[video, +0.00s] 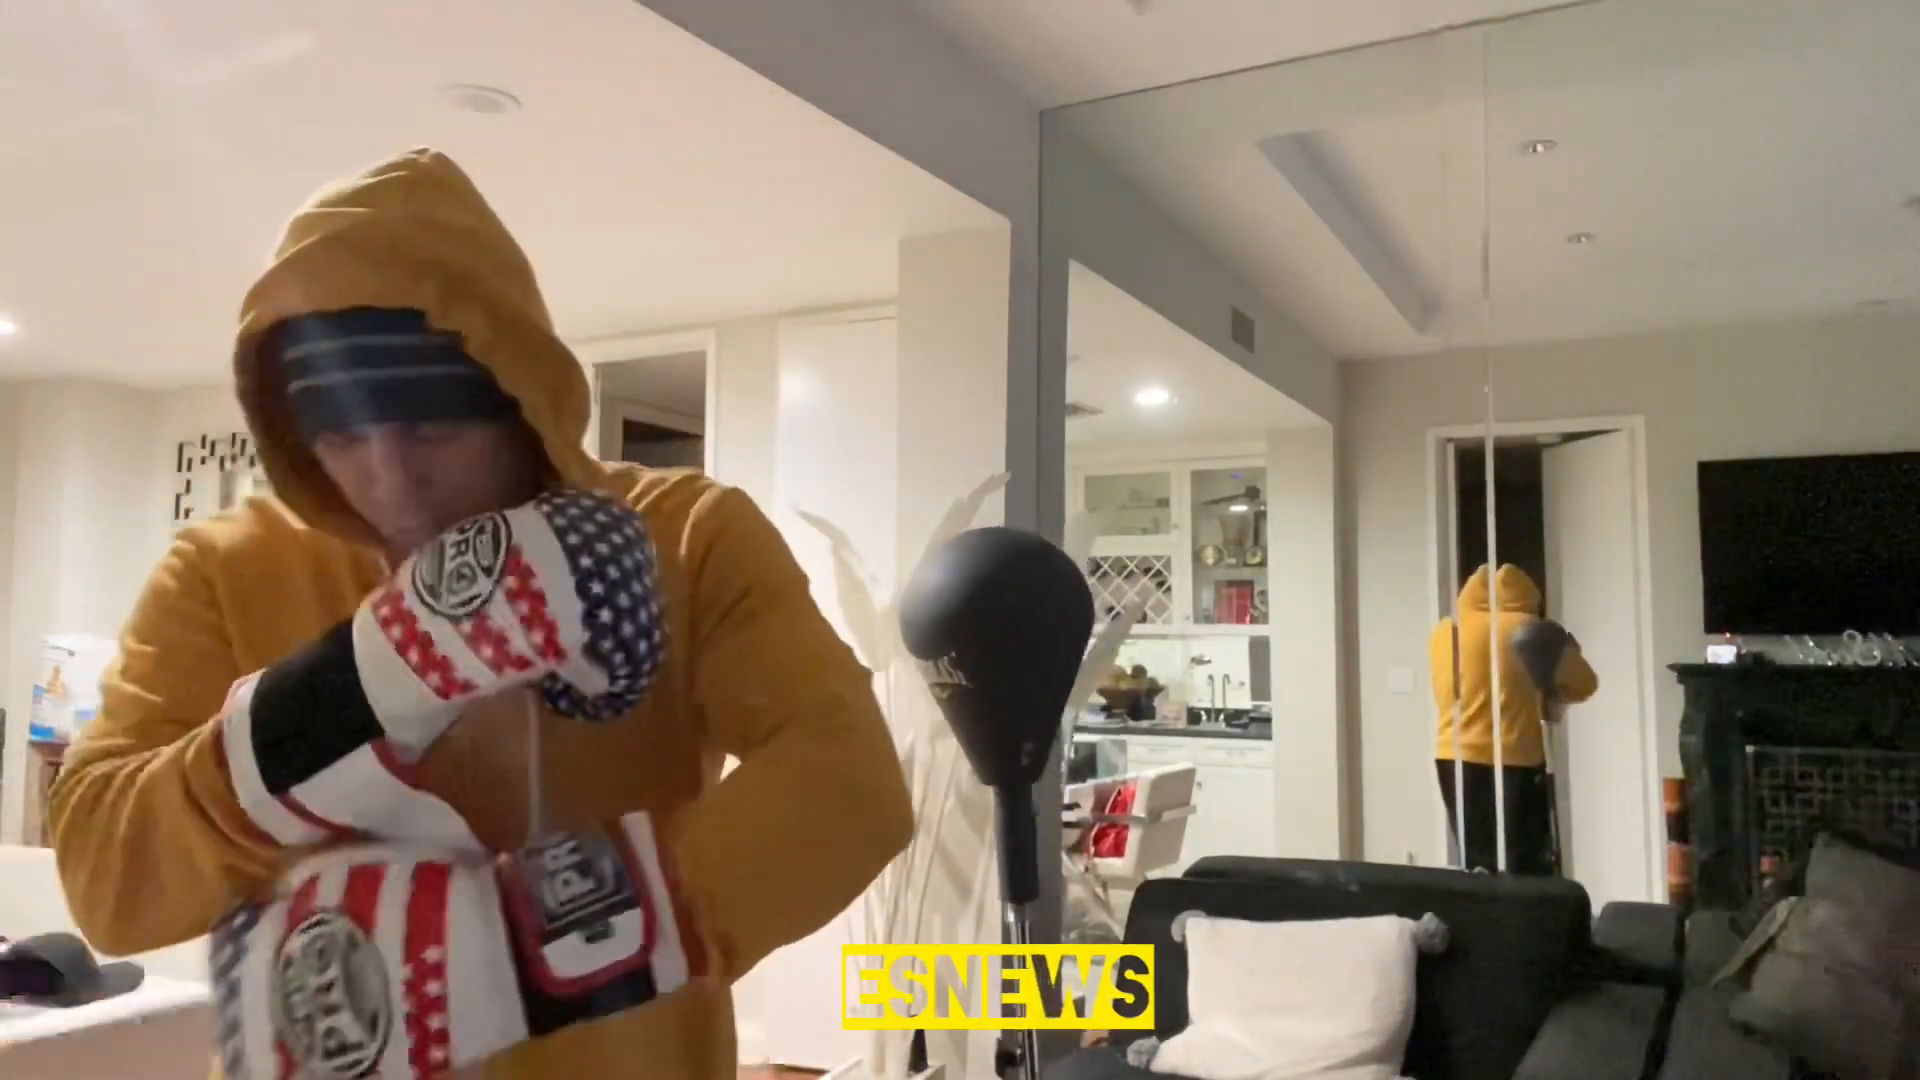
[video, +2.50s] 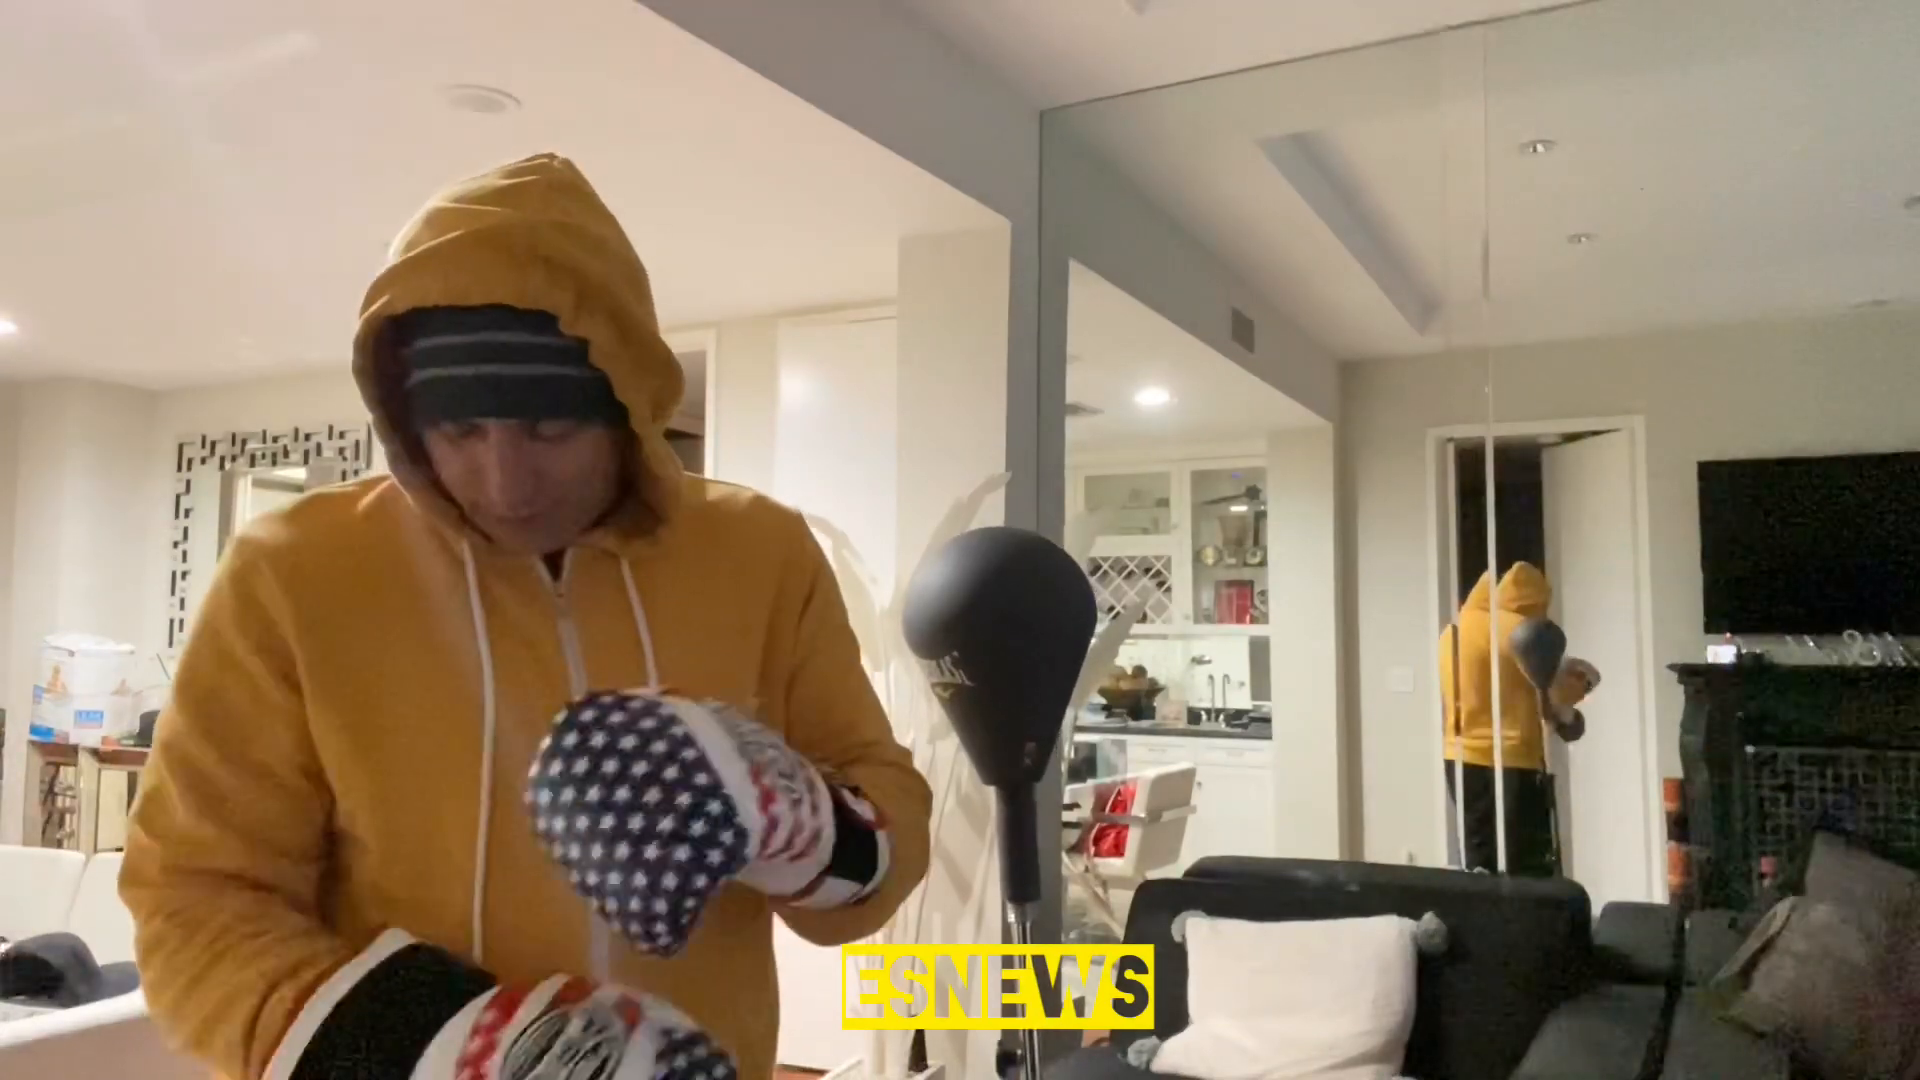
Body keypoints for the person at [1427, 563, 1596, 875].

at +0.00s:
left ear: (1470, 593)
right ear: (1525, 596)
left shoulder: (1445, 633)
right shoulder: (1532, 630)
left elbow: (1446, 691)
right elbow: (1582, 683)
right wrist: (1544, 696)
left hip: (1457, 764)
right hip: (1518, 766)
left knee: (1474, 860)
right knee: (1527, 862)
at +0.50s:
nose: (1525, 617)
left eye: (1528, 608)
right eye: (1524, 607)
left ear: (1476, 591)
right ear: (1508, 601)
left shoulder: (1438, 628)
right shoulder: (1487, 633)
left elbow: (1448, 699)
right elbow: (1500, 700)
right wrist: (1543, 717)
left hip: (1448, 765)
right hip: (1491, 766)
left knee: (1478, 865)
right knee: (1520, 866)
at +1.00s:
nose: (1517, 619)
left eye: (1521, 610)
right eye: (1517, 609)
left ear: (1475, 596)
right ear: (1496, 604)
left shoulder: (1439, 628)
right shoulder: (1466, 634)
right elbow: (1491, 700)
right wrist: (1527, 686)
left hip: (1449, 763)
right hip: (1478, 765)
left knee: (1478, 865)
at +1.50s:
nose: (1527, 617)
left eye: (1530, 609)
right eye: (1527, 608)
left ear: (1479, 591)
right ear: (1512, 601)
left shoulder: (1442, 629)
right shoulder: (1491, 629)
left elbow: (1450, 699)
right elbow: (1524, 695)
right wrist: (1544, 700)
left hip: (1449, 764)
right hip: (1495, 765)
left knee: (1473, 861)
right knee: (1521, 863)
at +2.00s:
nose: (1538, 616)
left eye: (1538, 610)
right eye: (1538, 608)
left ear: (1489, 589)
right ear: (1530, 599)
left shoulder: (1450, 631)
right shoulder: (1513, 627)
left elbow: (1451, 692)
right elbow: (1535, 687)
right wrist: (1564, 676)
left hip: (1459, 761)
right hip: (1510, 764)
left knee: (1476, 856)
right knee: (1526, 859)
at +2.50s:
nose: (1543, 613)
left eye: (1544, 606)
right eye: (1542, 605)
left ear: (1494, 590)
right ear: (1533, 599)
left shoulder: (1454, 631)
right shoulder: (1526, 632)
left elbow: (1451, 697)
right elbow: (1556, 701)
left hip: (1463, 764)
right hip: (1516, 767)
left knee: (1477, 858)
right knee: (1527, 863)